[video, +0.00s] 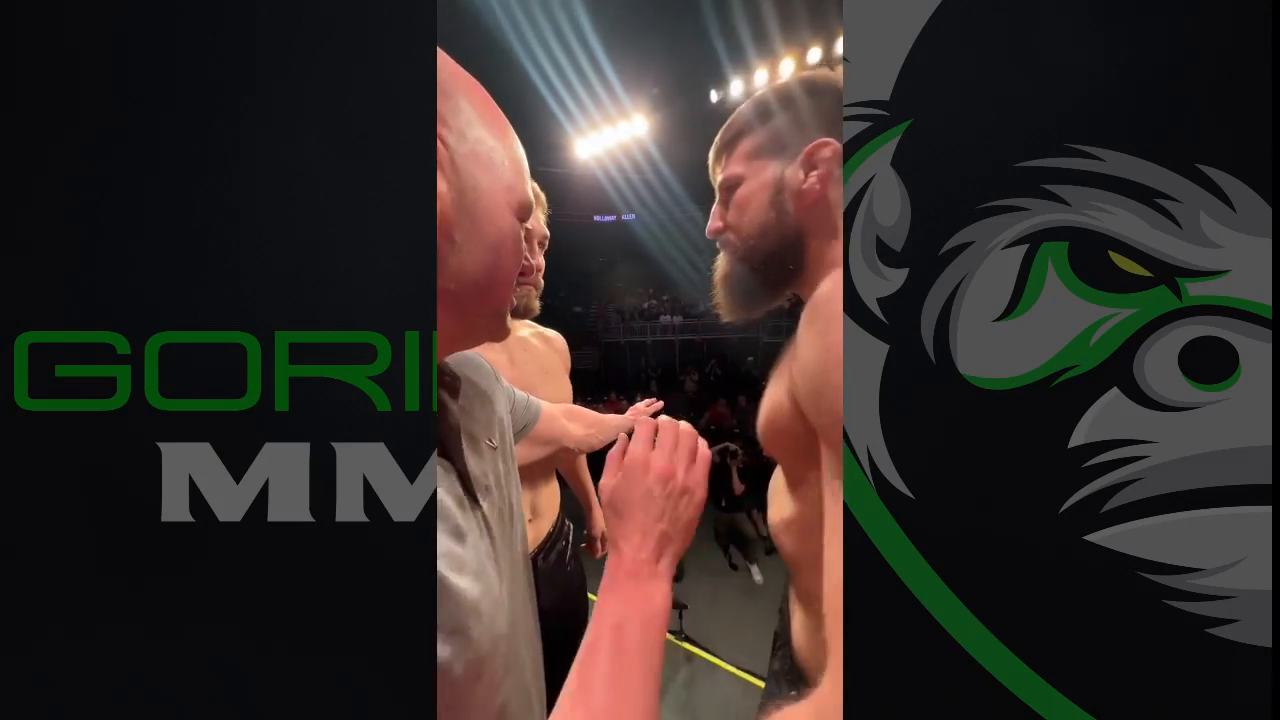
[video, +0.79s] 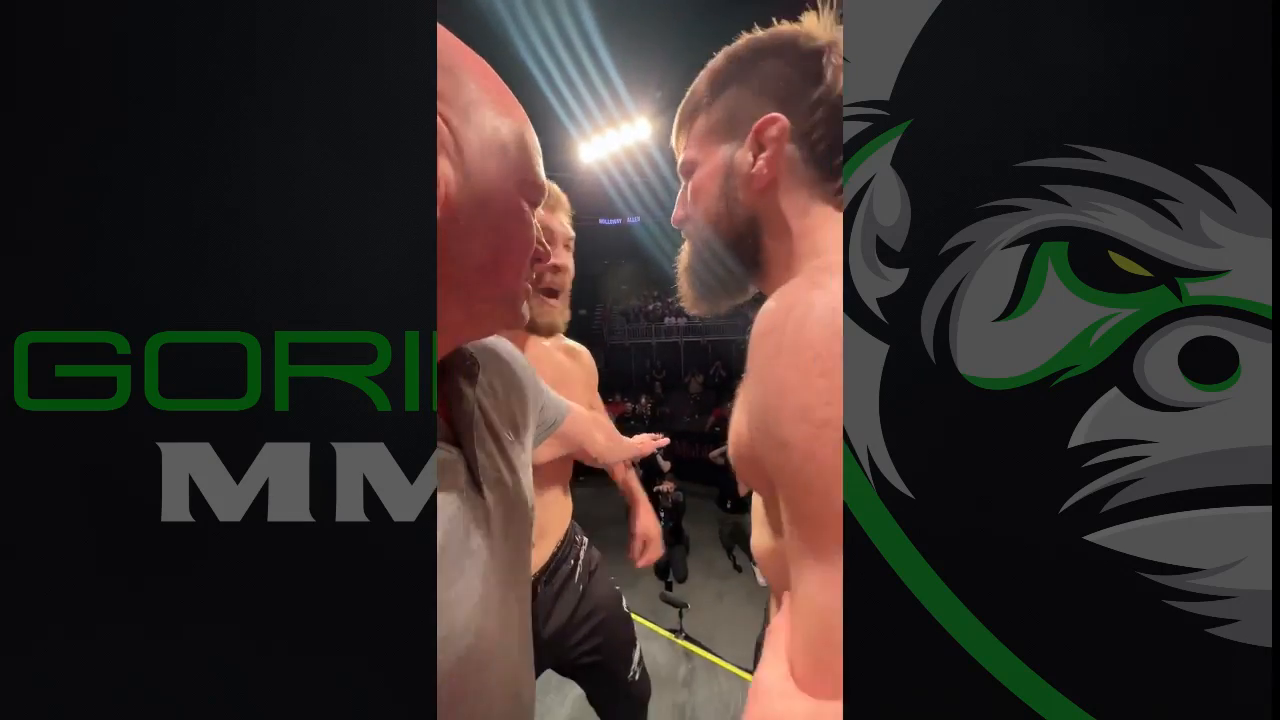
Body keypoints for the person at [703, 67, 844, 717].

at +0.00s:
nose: (712, 224)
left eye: (730, 189)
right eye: (715, 197)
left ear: (817, 171)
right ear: (816, 173)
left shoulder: (836, 318)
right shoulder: (821, 314)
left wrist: (831, 698)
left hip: (822, 694)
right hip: (808, 679)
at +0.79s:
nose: (677, 214)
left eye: (689, 172)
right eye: (682, 179)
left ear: (763, 150)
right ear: (763, 153)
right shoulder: (802, 312)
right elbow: (791, 597)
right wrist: (773, 693)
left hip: (801, 700)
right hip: (797, 685)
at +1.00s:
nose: (658, 215)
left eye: (659, 171)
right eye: (654, 178)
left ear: (720, 139)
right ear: (724, 141)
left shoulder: (802, 343)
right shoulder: (796, 301)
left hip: (801, 710)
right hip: (768, 686)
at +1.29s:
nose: (638, 226)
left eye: (639, 196)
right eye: (635, 197)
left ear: (683, 179)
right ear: (767, 169)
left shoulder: (814, 347)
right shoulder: (758, 304)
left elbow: (919, 562)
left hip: (800, 711)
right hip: (730, 678)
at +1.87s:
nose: (638, 238)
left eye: (636, 212)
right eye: (635, 214)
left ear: (666, 206)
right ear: (743, 202)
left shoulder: (746, 332)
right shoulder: (807, 288)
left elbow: (881, 536)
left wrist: (819, 678)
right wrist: (667, 370)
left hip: (733, 664)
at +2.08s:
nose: (632, 206)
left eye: (632, 186)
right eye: (629, 188)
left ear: (652, 187)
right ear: (753, 185)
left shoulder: (689, 318)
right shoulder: (815, 288)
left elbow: (808, 530)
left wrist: (829, 687)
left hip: (704, 685)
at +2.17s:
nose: (630, 196)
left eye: (629, 178)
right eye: (627, 180)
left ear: (648, 182)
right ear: (758, 180)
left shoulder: (672, 318)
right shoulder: (818, 286)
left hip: (701, 683)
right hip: (808, 684)